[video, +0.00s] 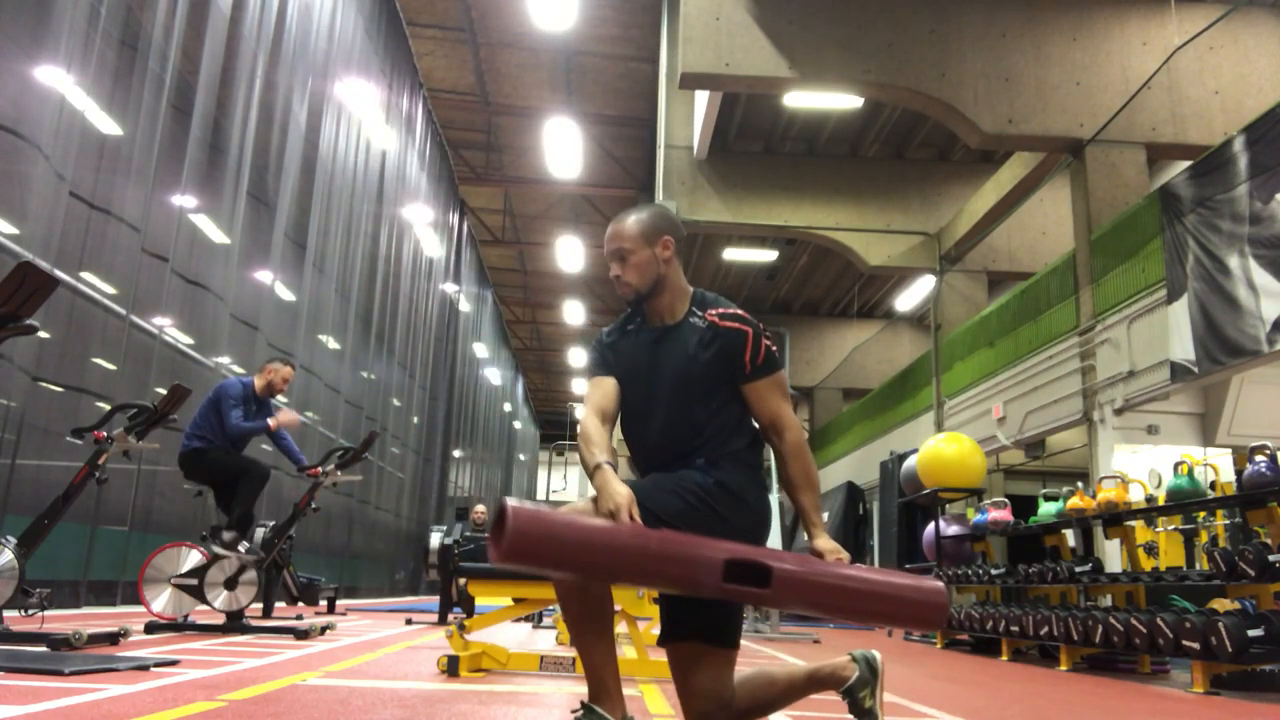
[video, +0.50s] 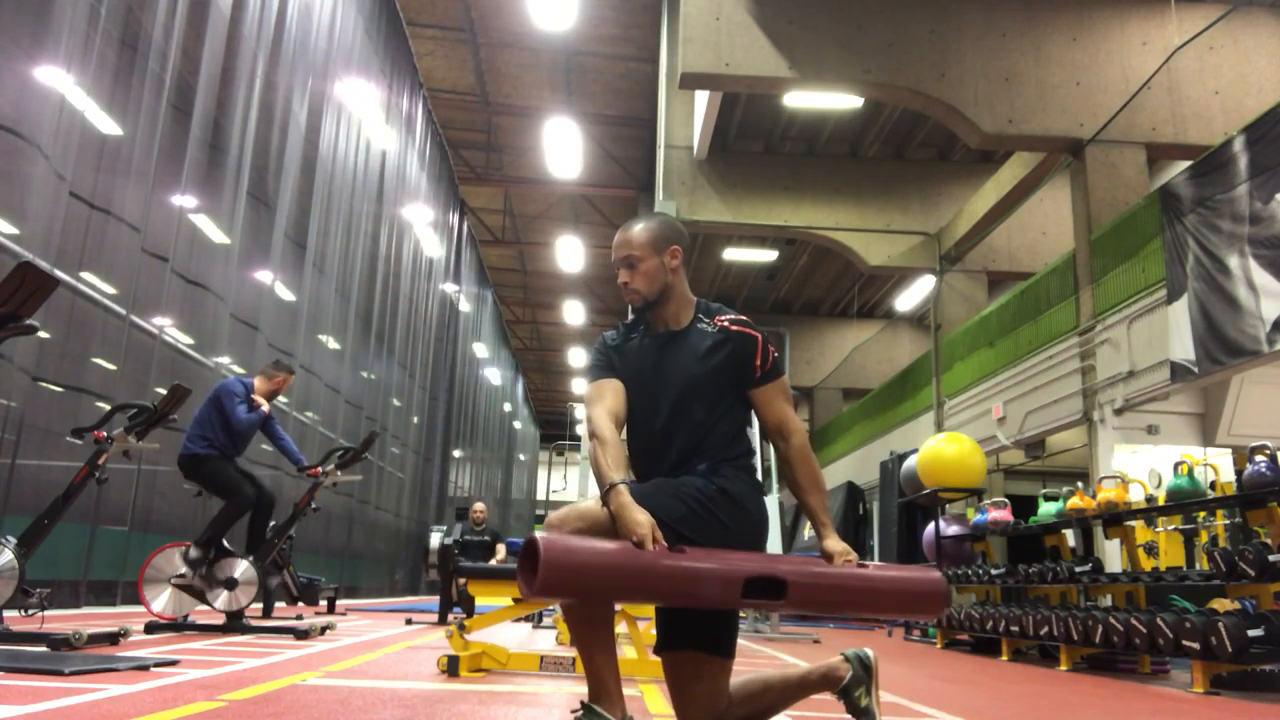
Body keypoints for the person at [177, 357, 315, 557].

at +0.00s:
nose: (285, 389)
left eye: (288, 384)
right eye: (284, 381)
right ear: (269, 372)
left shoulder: (264, 405)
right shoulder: (232, 388)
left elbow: (278, 435)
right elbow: (234, 429)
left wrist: (303, 465)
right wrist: (273, 422)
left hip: (221, 462)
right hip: (197, 456)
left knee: (245, 517)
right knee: (258, 471)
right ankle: (231, 534)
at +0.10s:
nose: (284, 389)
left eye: (287, 384)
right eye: (284, 382)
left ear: (272, 376)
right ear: (272, 374)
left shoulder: (259, 401)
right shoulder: (230, 387)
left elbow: (277, 435)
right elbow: (234, 428)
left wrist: (303, 465)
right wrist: (263, 412)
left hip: (217, 460)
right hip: (198, 456)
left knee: (258, 507)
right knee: (252, 490)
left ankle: (224, 543)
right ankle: (239, 556)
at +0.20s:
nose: (283, 389)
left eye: (285, 385)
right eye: (284, 383)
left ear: (273, 376)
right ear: (274, 376)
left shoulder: (257, 400)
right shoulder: (230, 387)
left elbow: (277, 435)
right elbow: (236, 428)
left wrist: (303, 465)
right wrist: (261, 410)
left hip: (225, 461)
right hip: (199, 459)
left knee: (270, 491)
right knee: (237, 504)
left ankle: (224, 536)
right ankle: (229, 575)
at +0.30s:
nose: (283, 390)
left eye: (286, 385)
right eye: (285, 384)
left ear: (272, 377)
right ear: (278, 378)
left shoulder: (257, 400)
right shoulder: (232, 386)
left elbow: (277, 435)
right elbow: (238, 426)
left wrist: (304, 465)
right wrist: (263, 410)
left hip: (226, 461)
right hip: (201, 459)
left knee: (276, 476)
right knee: (225, 513)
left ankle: (239, 528)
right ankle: (215, 584)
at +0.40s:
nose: (282, 393)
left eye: (285, 388)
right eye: (284, 387)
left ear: (271, 379)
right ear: (278, 380)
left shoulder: (257, 401)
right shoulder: (232, 387)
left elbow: (277, 435)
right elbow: (240, 425)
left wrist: (303, 465)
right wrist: (264, 412)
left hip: (226, 461)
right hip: (199, 459)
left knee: (274, 480)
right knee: (232, 509)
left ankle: (250, 537)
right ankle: (197, 572)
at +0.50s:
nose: (283, 393)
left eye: (285, 388)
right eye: (285, 387)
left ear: (271, 379)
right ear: (278, 382)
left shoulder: (259, 403)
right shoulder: (232, 387)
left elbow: (277, 436)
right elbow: (241, 423)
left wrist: (304, 466)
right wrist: (263, 412)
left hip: (222, 461)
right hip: (199, 457)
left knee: (265, 500)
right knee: (244, 496)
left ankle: (255, 560)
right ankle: (198, 550)